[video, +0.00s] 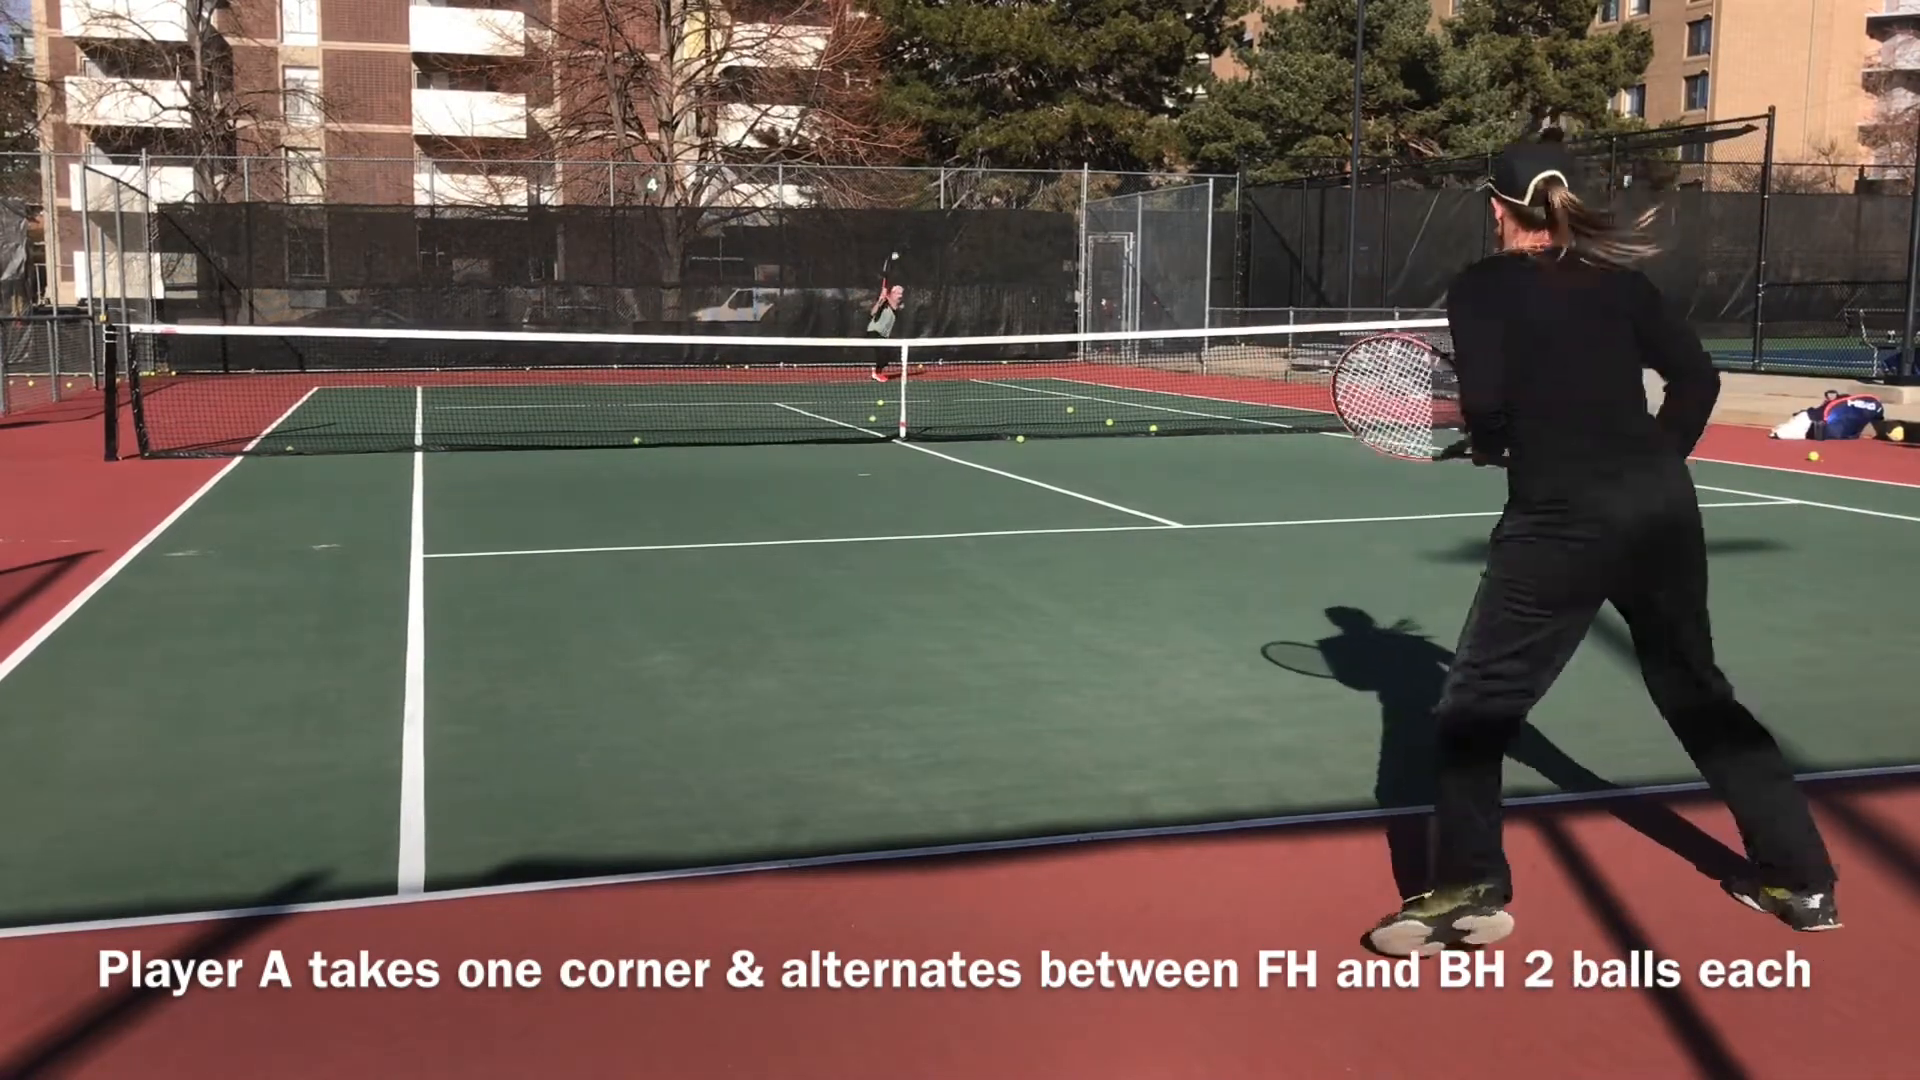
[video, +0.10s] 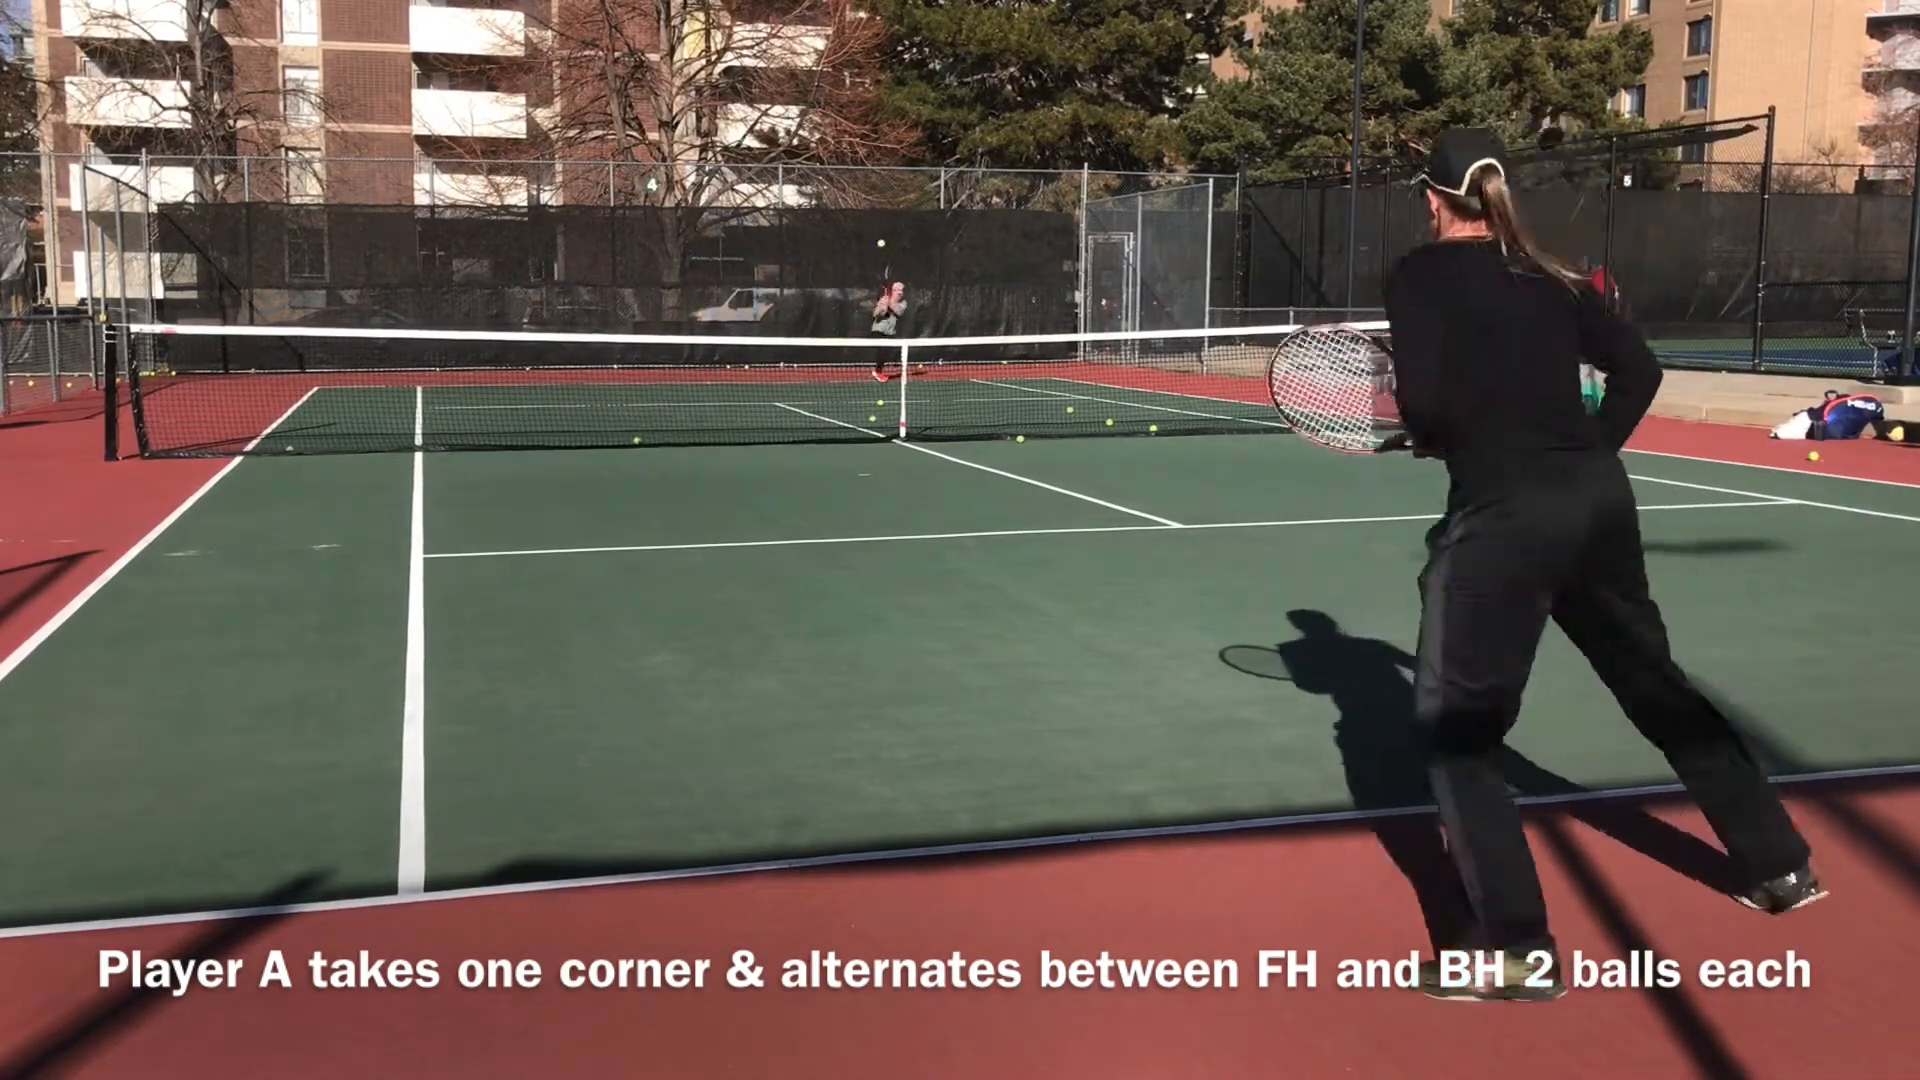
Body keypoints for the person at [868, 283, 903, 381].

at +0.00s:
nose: (900, 296)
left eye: (901, 294)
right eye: (897, 293)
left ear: (902, 295)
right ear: (890, 294)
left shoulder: (895, 308)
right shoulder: (884, 303)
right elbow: (873, 313)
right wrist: (881, 300)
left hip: (884, 334)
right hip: (874, 331)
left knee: (887, 353)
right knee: (882, 351)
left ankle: (879, 371)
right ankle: (876, 371)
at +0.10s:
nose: (900, 293)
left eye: (901, 291)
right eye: (897, 290)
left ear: (903, 292)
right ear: (892, 291)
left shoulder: (902, 303)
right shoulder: (884, 300)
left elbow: (899, 312)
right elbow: (876, 313)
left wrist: (890, 303)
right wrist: (884, 304)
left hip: (890, 330)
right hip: (879, 328)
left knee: (886, 350)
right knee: (881, 349)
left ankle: (879, 370)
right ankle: (877, 370)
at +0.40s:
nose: (890, 289)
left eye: (892, 287)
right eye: (887, 287)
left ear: (894, 289)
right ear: (884, 288)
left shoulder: (899, 302)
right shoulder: (878, 302)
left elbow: (901, 318)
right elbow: (873, 317)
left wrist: (893, 329)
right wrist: (885, 329)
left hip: (896, 331)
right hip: (882, 332)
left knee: (904, 350)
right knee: (881, 351)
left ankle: (910, 371)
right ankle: (878, 370)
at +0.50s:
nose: (883, 285)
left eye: (885, 283)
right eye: (880, 283)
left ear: (888, 285)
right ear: (877, 284)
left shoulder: (892, 298)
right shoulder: (871, 298)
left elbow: (895, 314)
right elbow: (866, 313)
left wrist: (888, 324)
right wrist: (880, 325)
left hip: (889, 330)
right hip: (875, 330)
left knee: (900, 349)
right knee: (876, 352)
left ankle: (906, 370)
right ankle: (876, 371)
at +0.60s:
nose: (876, 280)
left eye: (878, 278)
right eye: (873, 278)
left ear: (880, 279)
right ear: (870, 280)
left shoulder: (885, 293)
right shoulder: (864, 293)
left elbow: (888, 308)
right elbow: (860, 308)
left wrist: (881, 319)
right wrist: (872, 319)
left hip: (882, 325)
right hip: (868, 327)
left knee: (890, 347)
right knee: (873, 350)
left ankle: (893, 369)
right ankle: (875, 371)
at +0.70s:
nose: (868, 280)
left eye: (870, 277)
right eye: (866, 277)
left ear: (873, 279)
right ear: (863, 279)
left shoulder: (878, 292)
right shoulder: (857, 291)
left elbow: (881, 308)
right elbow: (853, 307)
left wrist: (873, 318)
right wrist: (863, 318)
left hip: (874, 324)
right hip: (861, 324)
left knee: (875, 347)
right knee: (862, 348)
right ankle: (865, 370)